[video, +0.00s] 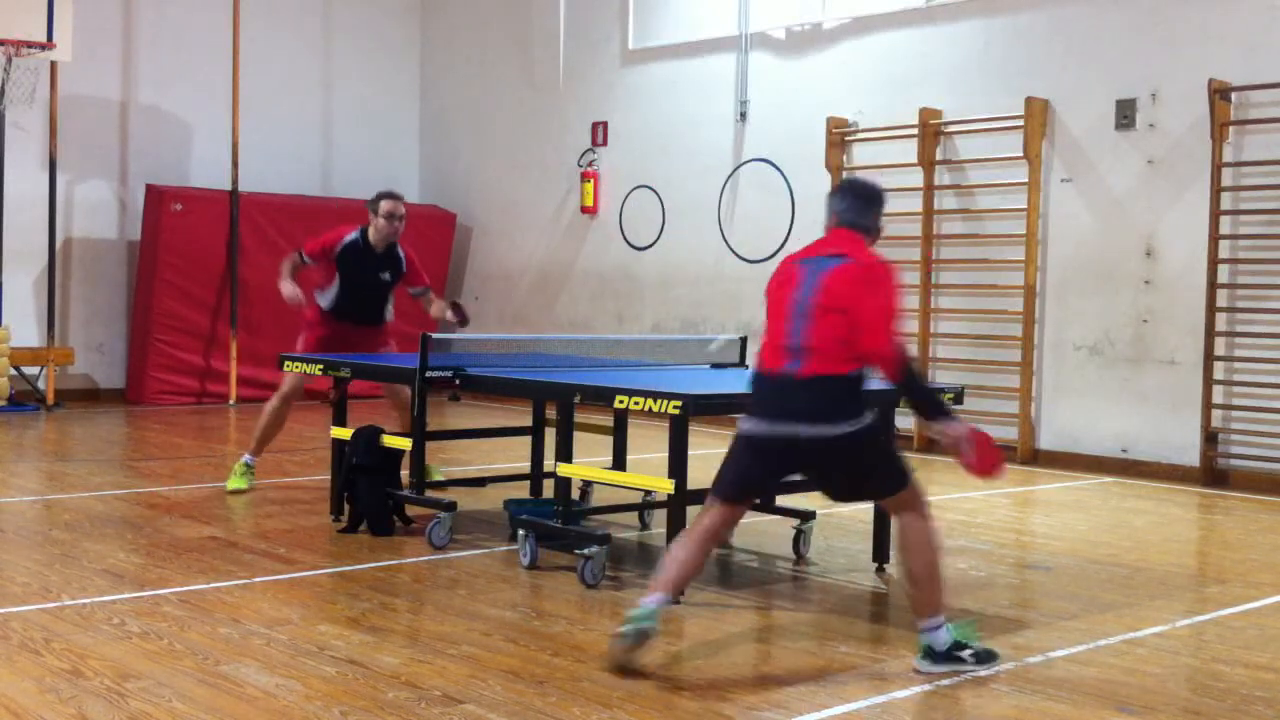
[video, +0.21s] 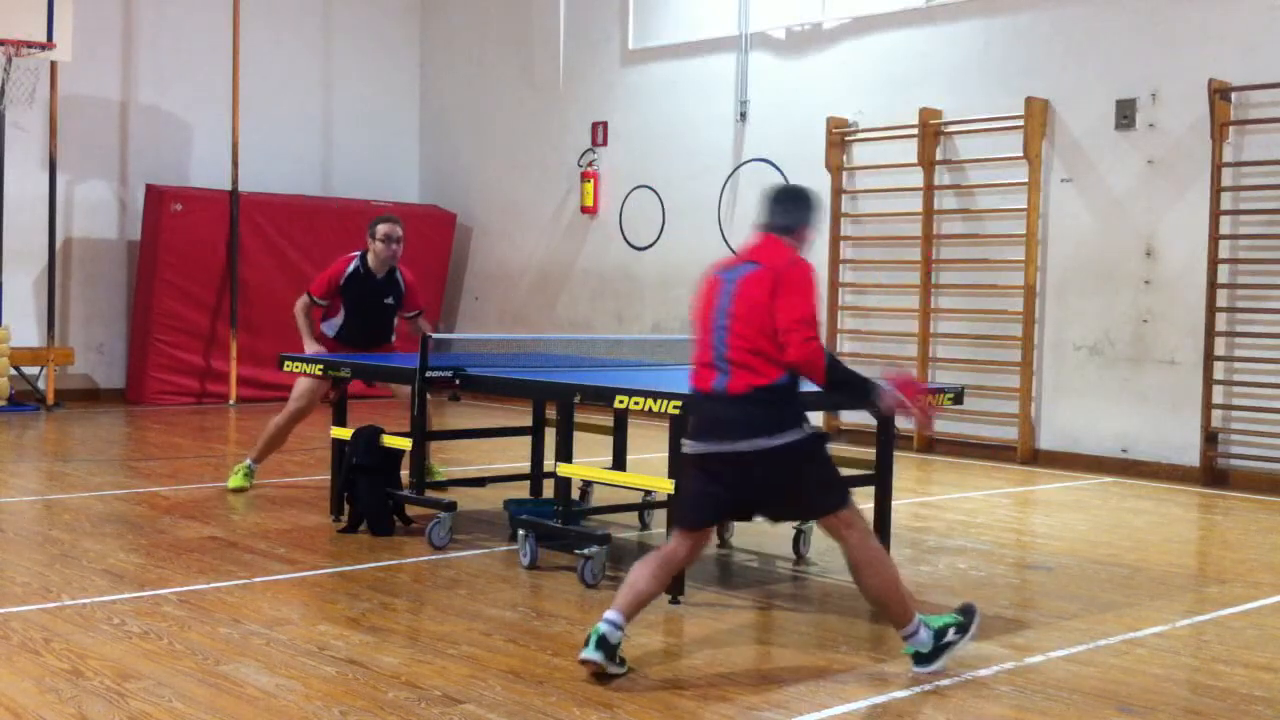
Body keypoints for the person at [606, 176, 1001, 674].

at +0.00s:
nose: (879, 228)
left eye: (872, 220)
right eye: (879, 221)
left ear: (830, 217)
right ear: (876, 223)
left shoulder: (790, 264)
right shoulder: (869, 269)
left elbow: (782, 350)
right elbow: (882, 349)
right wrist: (936, 413)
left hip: (766, 422)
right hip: (836, 426)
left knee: (716, 515)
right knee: (910, 509)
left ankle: (647, 609)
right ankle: (937, 638)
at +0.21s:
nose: (812, 239)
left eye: (810, 229)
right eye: (812, 230)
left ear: (763, 222)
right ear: (804, 229)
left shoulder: (719, 270)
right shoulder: (791, 269)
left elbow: (716, 353)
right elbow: (800, 350)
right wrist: (870, 391)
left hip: (706, 432)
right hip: (770, 432)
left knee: (682, 541)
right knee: (848, 527)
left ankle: (607, 631)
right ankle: (919, 635)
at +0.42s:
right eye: (706, 205)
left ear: (656, 216)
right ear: (708, 210)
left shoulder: (642, 285)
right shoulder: (739, 248)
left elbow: (640, 381)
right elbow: (781, 271)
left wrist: (679, 349)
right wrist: (730, 227)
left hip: (706, 435)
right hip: (783, 421)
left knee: (632, 516)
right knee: (852, 520)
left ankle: (611, 651)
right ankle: (924, 632)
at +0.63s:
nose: (644, 243)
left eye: (646, 234)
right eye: (648, 234)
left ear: (655, 236)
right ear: (697, 232)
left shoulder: (649, 296)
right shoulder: (745, 276)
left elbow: (644, 385)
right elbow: (794, 350)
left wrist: (662, 360)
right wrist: (740, 345)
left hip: (713, 442)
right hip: (785, 434)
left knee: (626, 516)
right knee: (836, 517)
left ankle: (609, 648)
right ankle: (907, 620)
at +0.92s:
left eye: (817, 202)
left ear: (815, 206)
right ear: (859, 209)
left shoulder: (782, 261)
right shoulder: (884, 263)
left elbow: (754, 333)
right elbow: (923, 345)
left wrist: (797, 346)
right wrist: (941, 373)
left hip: (807, 416)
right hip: (875, 414)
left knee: (745, 505)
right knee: (910, 488)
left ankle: (747, 621)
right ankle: (927, 588)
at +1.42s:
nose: (956, 175)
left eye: (956, 168)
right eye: (1000, 181)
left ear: (955, 171)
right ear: (1003, 182)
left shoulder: (914, 223)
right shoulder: (1018, 226)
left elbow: (923, 279)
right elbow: (985, 274)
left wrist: (1010, 291)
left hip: (927, 374)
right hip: (992, 379)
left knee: (890, 445)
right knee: (994, 465)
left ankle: (918, 503)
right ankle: (983, 569)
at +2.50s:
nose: (962, 199)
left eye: (958, 188)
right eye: (960, 189)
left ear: (912, 189)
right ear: (949, 194)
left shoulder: (876, 247)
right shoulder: (924, 246)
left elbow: (885, 332)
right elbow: (948, 329)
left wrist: (985, 337)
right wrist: (1036, 350)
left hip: (857, 412)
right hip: (916, 412)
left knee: (854, 524)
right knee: (991, 519)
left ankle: (807, 640)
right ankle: (1036, 645)